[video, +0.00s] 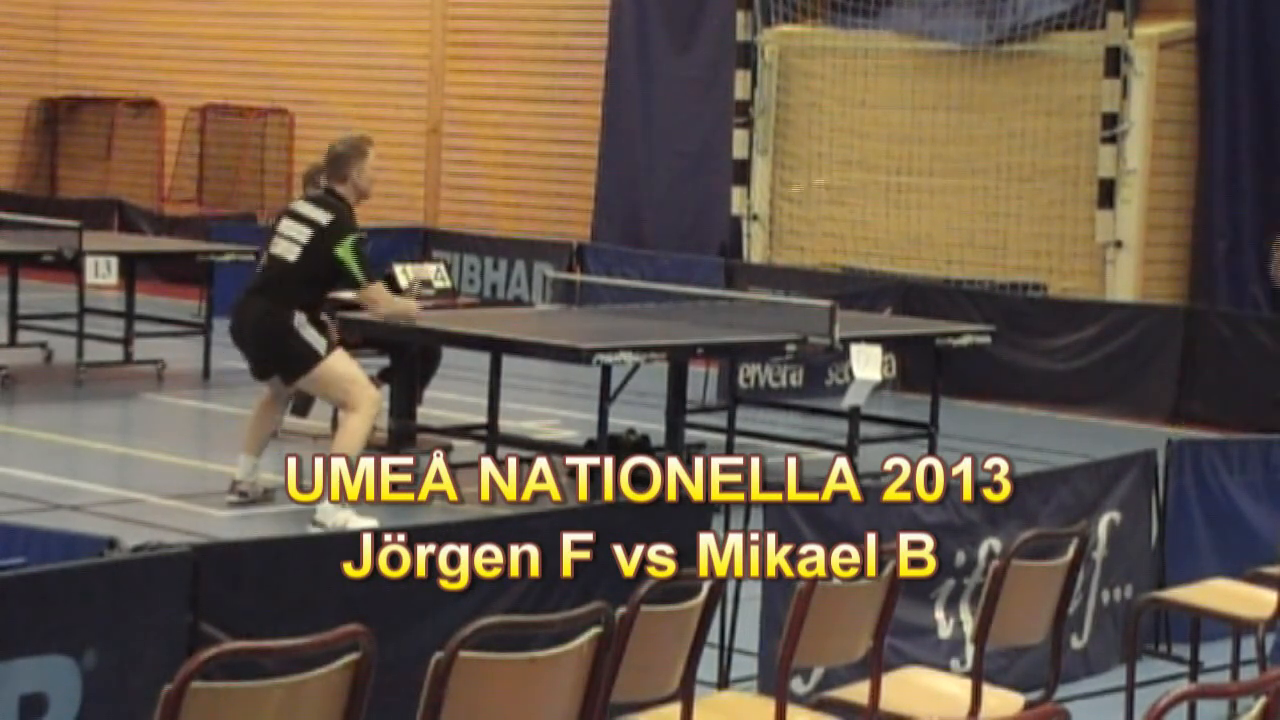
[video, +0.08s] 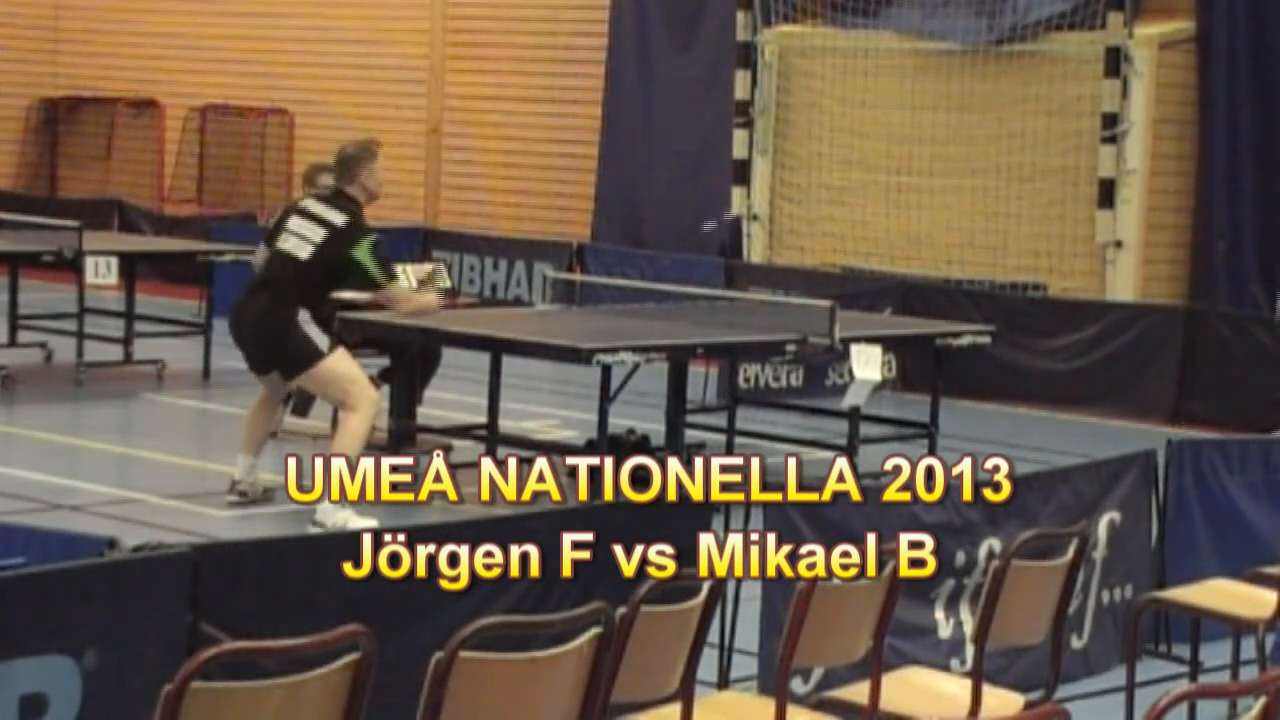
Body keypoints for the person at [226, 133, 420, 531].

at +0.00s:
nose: (375, 176)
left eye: (373, 169)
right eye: (370, 169)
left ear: (336, 173)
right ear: (351, 174)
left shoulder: (301, 205)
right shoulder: (340, 224)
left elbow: (296, 273)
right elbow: (376, 301)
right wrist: (406, 308)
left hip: (247, 316)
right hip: (280, 322)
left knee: (281, 389)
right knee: (364, 399)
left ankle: (246, 473)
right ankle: (333, 502)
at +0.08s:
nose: (383, 177)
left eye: (381, 171)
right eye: (378, 171)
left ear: (344, 174)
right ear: (362, 176)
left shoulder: (301, 204)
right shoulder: (353, 230)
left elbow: (263, 258)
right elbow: (396, 299)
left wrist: (313, 280)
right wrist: (428, 300)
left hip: (247, 313)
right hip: (282, 320)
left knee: (274, 392)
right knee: (363, 399)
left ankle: (244, 476)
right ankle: (332, 504)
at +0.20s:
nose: (400, 180)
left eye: (398, 173)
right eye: (396, 174)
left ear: (358, 176)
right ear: (385, 182)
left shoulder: (318, 197)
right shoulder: (377, 232)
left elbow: (257, 240)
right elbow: (425, 290)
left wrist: (268, 280)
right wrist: (466, 289)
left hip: (249, 301)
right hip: (289, 311)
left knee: (263, 388)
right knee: (360, 399)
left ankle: (244, 475)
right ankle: (333, 503)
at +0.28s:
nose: (410, 180)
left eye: (408, 173)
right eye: (406, 175)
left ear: (368, 176)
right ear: (392, 182)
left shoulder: (325, 195)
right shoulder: (389, 233)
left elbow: (260, 221)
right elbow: (441, 287)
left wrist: (249, 266)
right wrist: (482, 282)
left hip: (253, 295)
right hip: (296, 305)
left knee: (262, 388)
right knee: (360, 399)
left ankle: (243, 476)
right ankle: (332, 503)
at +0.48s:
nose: (422, 167)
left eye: (420, 160)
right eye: (418, 161)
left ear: (380, 162)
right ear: (405, 167)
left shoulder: (338, 181)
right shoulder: (400, 222)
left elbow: (278, 190)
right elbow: (438, 294)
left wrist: (238, 236)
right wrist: (453, 278)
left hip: (281, 288)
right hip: (325, 300)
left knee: (296, 370)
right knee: (400, 380)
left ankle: (256, 462)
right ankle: (380, 474)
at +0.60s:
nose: (430, 193)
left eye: (429, 186)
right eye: (427, 186)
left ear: (387, 186)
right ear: (417, 192)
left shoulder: (347, 207)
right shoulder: (409, 240)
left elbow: (283, 227)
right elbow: (445, 312)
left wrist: (258, 274)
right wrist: (446, 289)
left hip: (293, 317)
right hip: (339, 323)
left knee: (300, 385)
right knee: (420, 399)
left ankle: (261, 475)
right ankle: (416, 498)